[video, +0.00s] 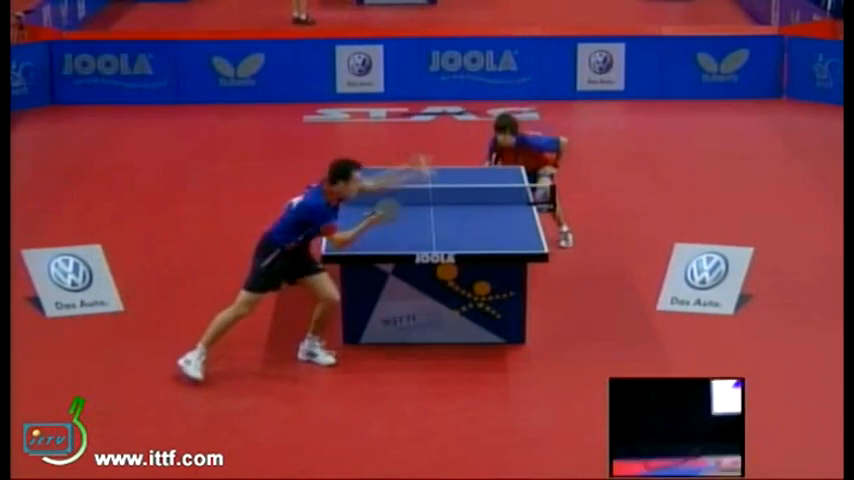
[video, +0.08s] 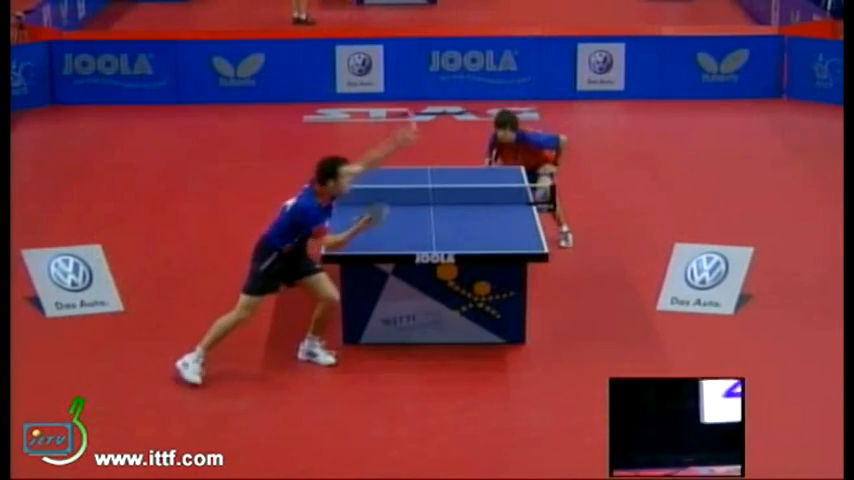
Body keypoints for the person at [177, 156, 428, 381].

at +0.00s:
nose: (358, 188)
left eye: (357, 184)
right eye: (354, 184)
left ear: (340, 183)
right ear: (337, 184)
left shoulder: (331, 191)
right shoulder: (318, 207)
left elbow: (370, 186)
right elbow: (337, 242)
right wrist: (369, 222)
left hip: (298, 252)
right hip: (273, 251)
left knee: (329, 297)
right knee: (242, 307)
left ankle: (311, 345)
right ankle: (196, 354)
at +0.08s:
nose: (348, 185)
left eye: (348, 179)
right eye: (344, 180)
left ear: (331, 180)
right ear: (328, 182)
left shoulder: (324, 188)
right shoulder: (309, 208)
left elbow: (364, 165)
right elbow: (327, 243)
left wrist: (396, 143)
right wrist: (356, 231)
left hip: (294, 253)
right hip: (269, 255)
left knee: (330, 297)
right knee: (243, 312)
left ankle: (310, 345)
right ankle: (194, 357)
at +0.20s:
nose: (332, 178)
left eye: (331, 174)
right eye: (327, 175)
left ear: (314, 181)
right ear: (313, 183)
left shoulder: (314, 191)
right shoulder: (297, 211)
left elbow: (341, 157)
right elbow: (301, 252)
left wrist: (372, 131)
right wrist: (334, 252)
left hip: (288, 257)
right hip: (263, 262)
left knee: (328, 297)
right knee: (242, 318)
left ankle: (311, 345)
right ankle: (192, 360)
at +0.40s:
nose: (309, 175)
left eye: (307, 169)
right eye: (304, 172)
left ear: (294, 180)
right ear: (292, 181)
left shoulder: (294, 192)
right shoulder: (274, 212)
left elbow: (310, 164)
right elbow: (260, 247)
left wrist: (339, 152)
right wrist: (296, 264)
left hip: (276, 256)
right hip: (252, 262)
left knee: (319, 294)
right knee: (237, 322)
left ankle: (310, 345)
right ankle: (187, 362)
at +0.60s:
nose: (301, 170)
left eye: (298, 166)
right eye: (295, 168)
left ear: (285, 180)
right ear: (282, 180)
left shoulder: (285, 190)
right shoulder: (259, 206)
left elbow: (297, 177)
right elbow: (238, 239)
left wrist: (315, 173)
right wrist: (267, 262)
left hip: (267, 252)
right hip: (242, 257)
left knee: (308, 292)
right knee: (228, 321)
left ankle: (309, 344)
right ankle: (184, 363)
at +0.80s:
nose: (307, 176)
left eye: (305, 171)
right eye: (302, 173)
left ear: (291, 180)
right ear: (290, 181)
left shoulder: (291, 191)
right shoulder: (262, 198)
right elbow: (229, 218)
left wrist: (312, 187)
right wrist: (250, 233)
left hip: (262, 252)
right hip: (238, 256)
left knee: (303, 283)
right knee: (227, 319)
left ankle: (305, 340)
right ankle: (184, 363)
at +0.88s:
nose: (318, 184)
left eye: (318, 179)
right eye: (315, 179)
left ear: (301, 182)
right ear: (302, 182)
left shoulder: (298, 196)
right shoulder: (275, 192)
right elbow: (242, 202)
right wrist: (273, 218)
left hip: (266, 254)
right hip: (244, 257)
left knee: (307, 277)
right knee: (229, 321)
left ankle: (296, 334)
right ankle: (184, 362)